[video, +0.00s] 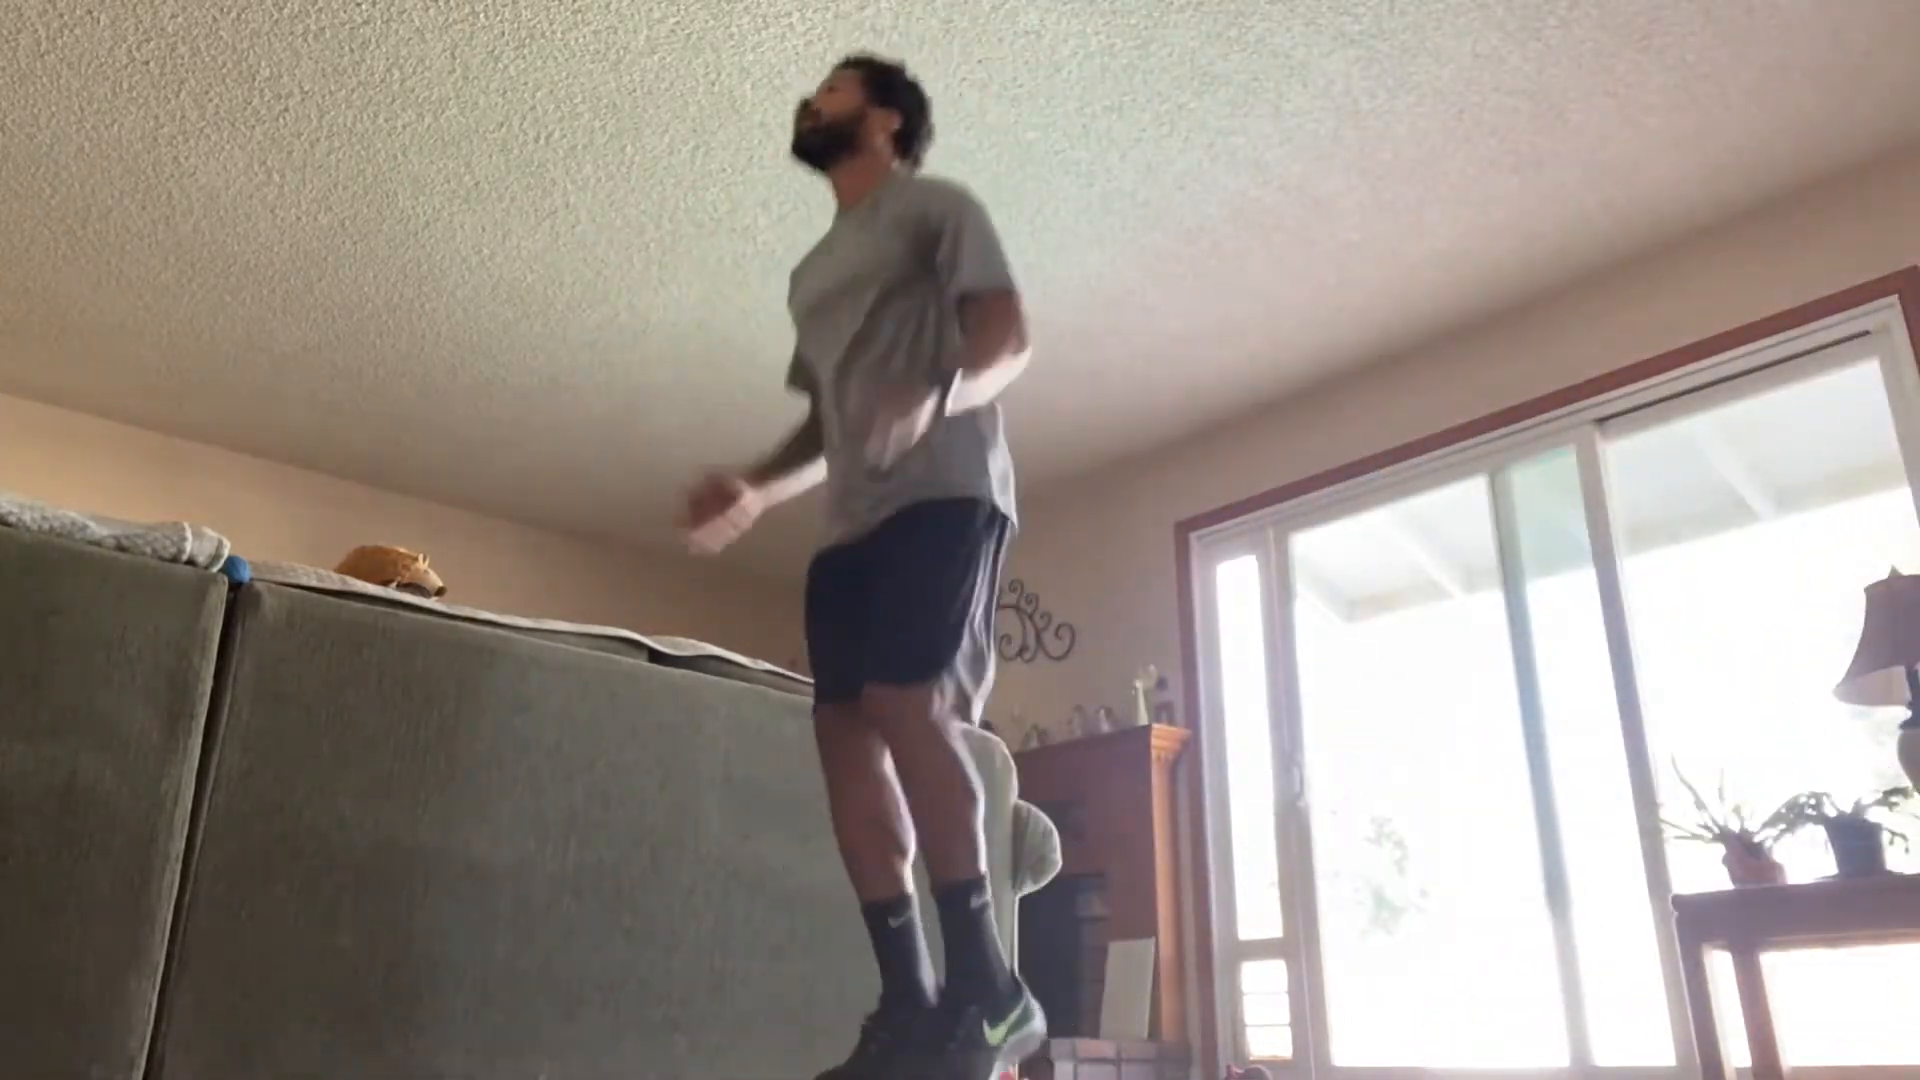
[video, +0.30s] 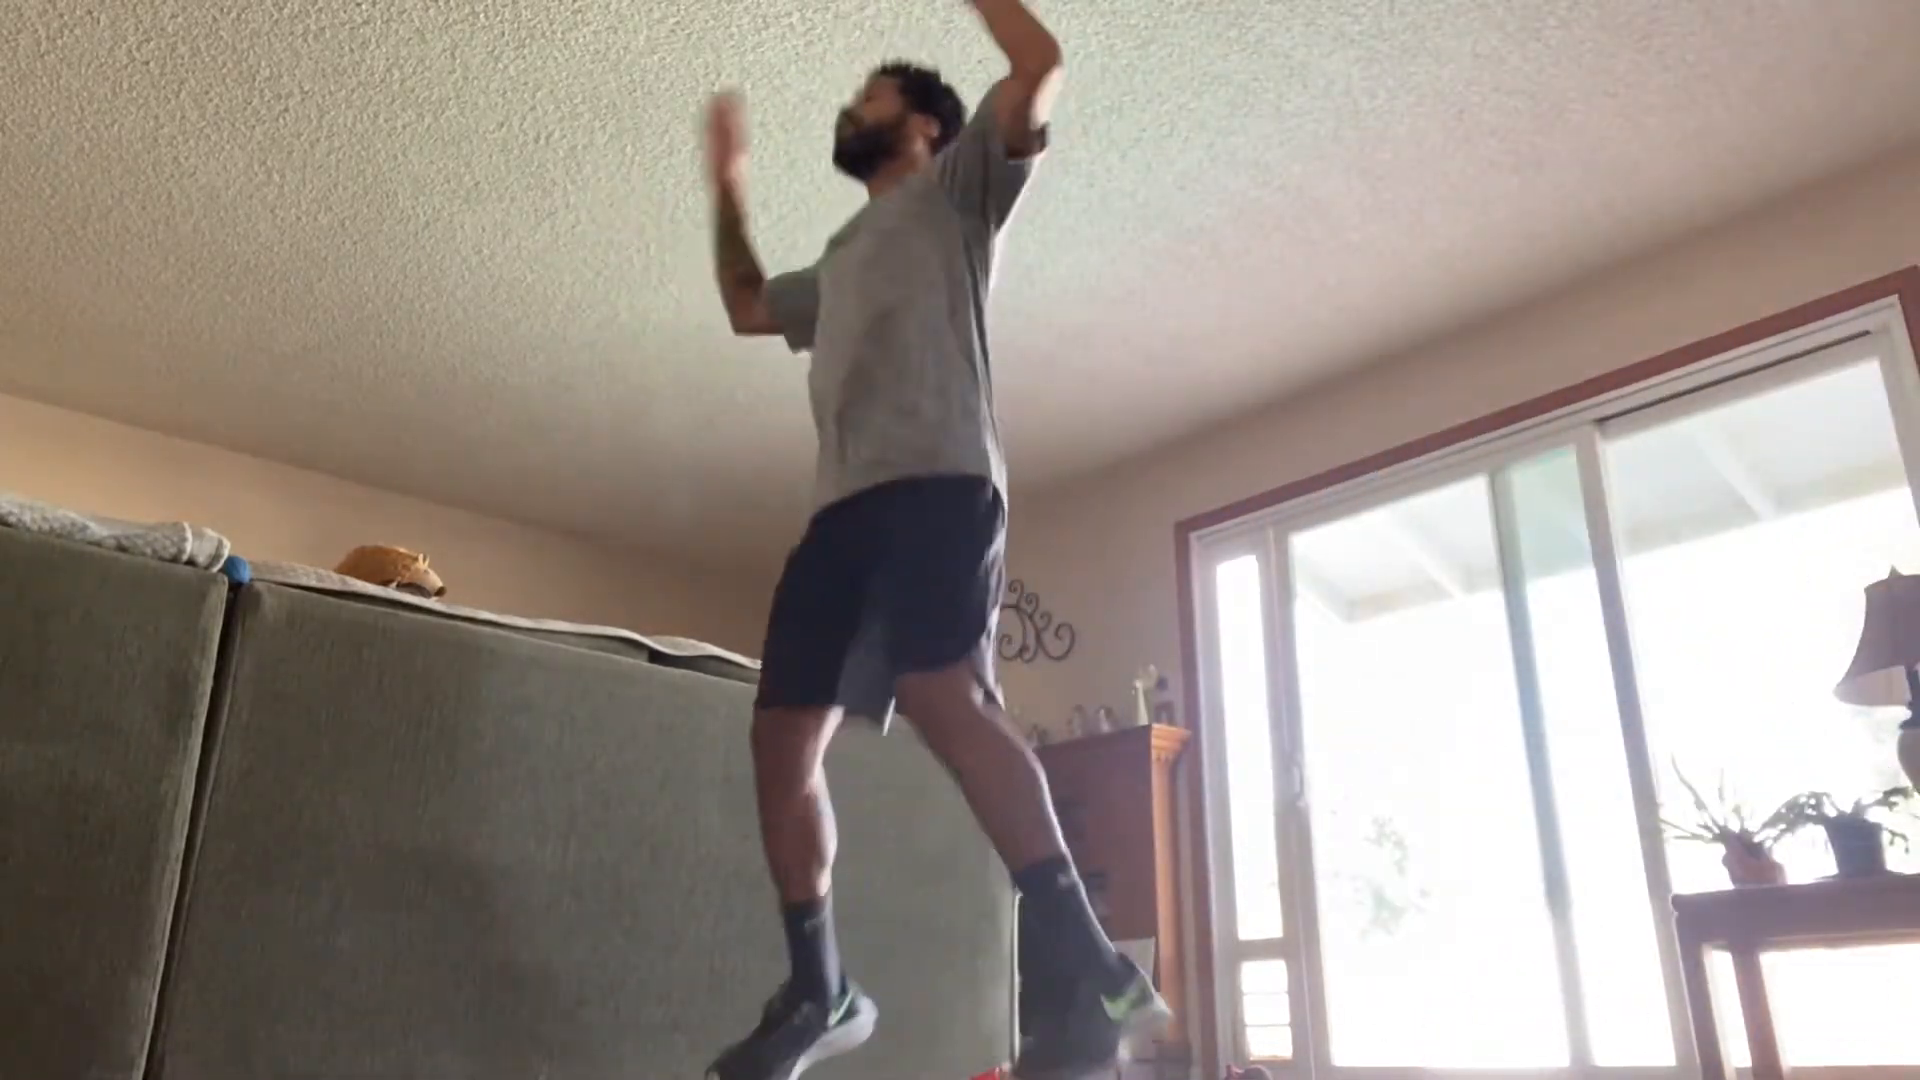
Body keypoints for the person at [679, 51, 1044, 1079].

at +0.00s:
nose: (811, 96)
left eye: (835, 84)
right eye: (814, 88)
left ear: (889, 119)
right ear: (835, 130)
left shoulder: (936, 202)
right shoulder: (811, 275)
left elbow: (1006, 332)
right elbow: (829, 418)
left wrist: (933, 394)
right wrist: (756, 486)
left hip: (945, 495)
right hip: (851, 522)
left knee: (903, 703)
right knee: (841, 724)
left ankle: (987, 984)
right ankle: (908, 1002)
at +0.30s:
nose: (850, 105)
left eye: (874, 95)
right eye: (854, 99)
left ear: (925, 118)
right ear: (878, 135)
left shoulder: (954, 185)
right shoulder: (839, 266)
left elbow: (1038, 62)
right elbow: (748, 307)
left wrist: (968, 2)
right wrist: (727, 186)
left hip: (941, 483)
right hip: (842, 506)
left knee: (942, 694)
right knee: (785, 742)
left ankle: (1081, 962)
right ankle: (816, 993)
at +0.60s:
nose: (829, 87)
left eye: (852, 73)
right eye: (832, 78)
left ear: (909, 96)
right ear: (862, 108)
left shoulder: (944, 160)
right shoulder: (830, 226)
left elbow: (1056, 117)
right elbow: (764, 328)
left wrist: (1042, 1)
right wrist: (649, 277)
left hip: (949, 445)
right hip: (854, 476)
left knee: (922, 641)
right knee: (812, 702)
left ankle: (1062, 912)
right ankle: (838, 956)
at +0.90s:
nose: (758, 228)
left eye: (778, 209)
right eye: (758, 214)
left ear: (841, 225)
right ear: (800, 237)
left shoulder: (917, 304)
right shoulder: (804, 373)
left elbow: (955, 452)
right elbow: (849, 499)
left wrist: (810, 448)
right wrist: (825, 605)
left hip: (990, 584)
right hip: (889, 599)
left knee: (911, 783)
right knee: (823, 796)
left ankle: (1080, 917)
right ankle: (886, 1041)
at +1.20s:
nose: (894, 170)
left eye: (907, 143)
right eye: (884, 154)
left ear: (966, 153)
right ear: (908, 175)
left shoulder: (1084, 219)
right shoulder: (920, 305)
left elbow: (1251, 254)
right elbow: (876, 383)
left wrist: (1399, 285)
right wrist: (889, 202)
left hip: (1165, 493)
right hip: (1046, 551)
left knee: (1192, 598)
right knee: (944, 790)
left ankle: (1373, 864)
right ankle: (887, 1021)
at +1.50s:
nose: (1371, 13)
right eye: (1347, 5)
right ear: (1313, 9)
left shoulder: (1545, 85)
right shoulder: (1262, 145)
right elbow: (1246, 345)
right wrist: (1318, 178)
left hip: (1540, 418)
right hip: (1388, 481)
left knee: (1628, 626)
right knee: (1371, 829)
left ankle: (1887, 973)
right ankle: (1477, 917)